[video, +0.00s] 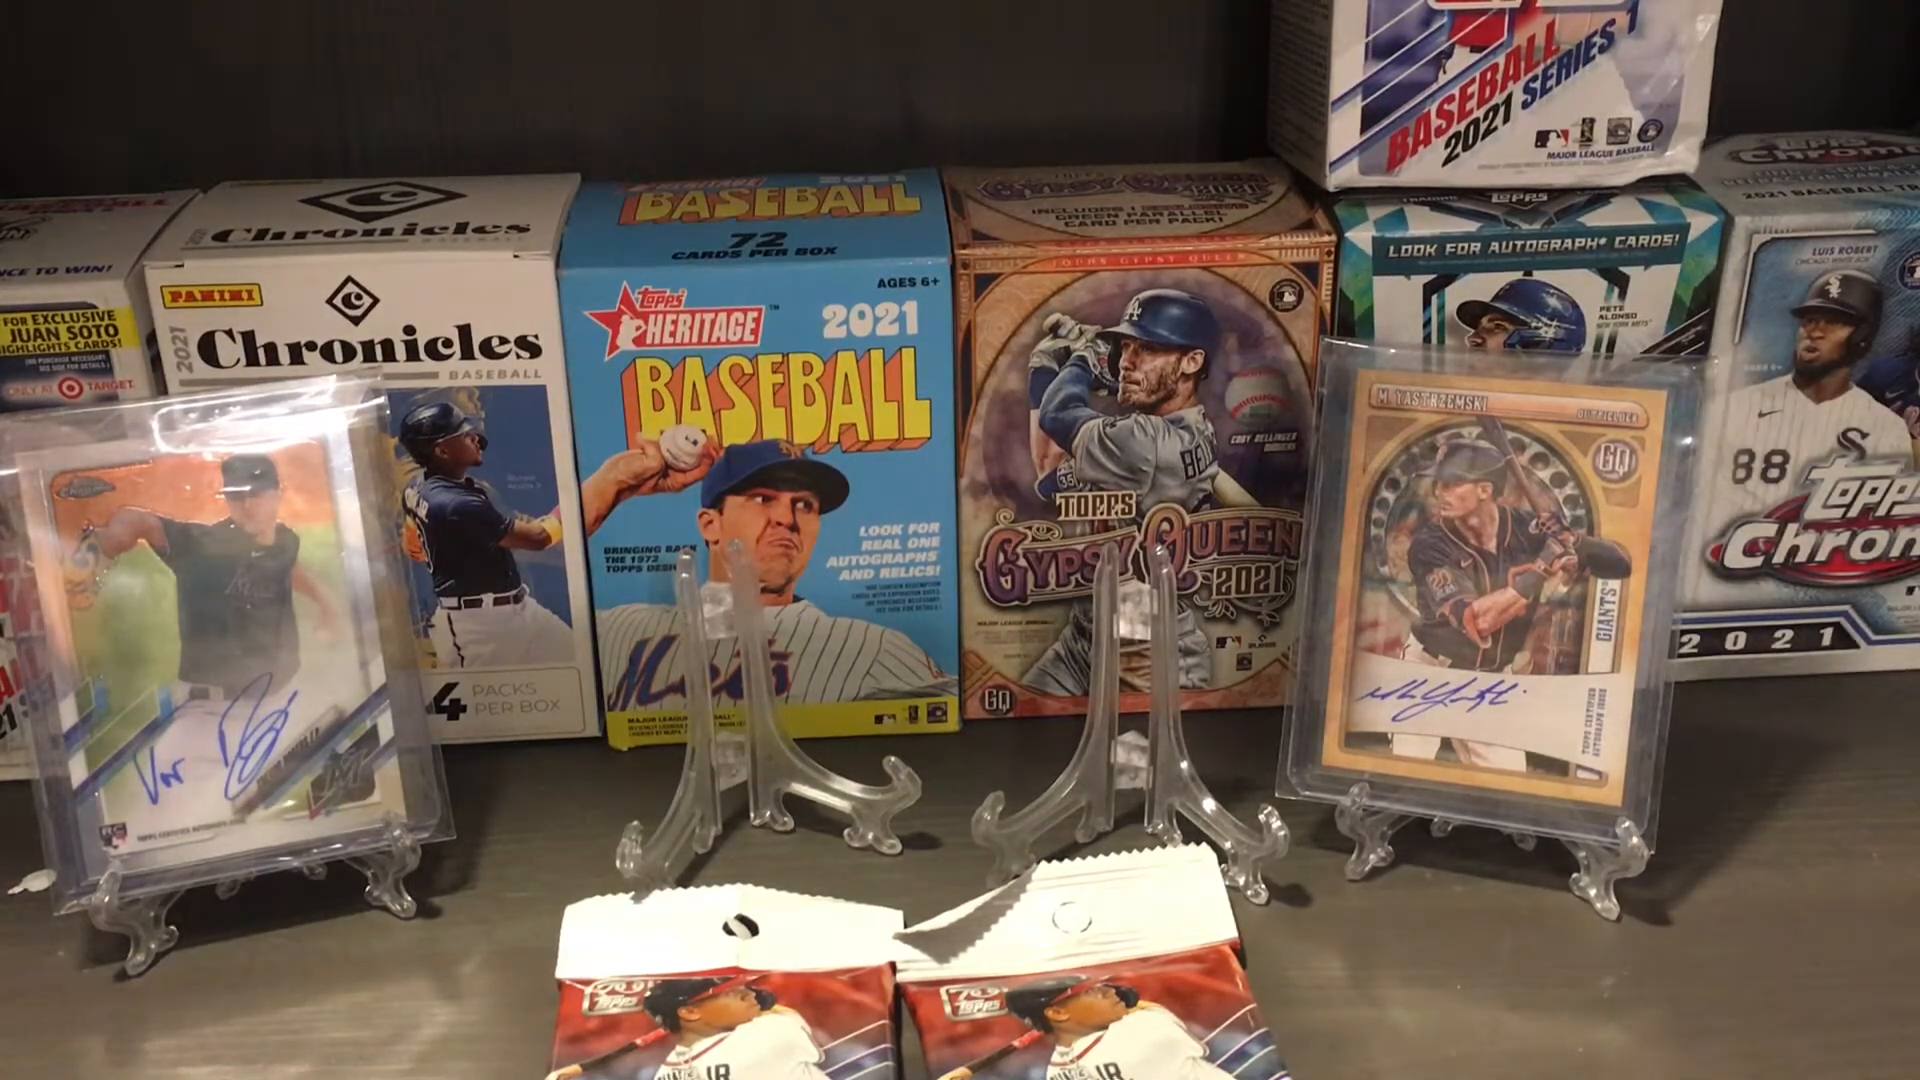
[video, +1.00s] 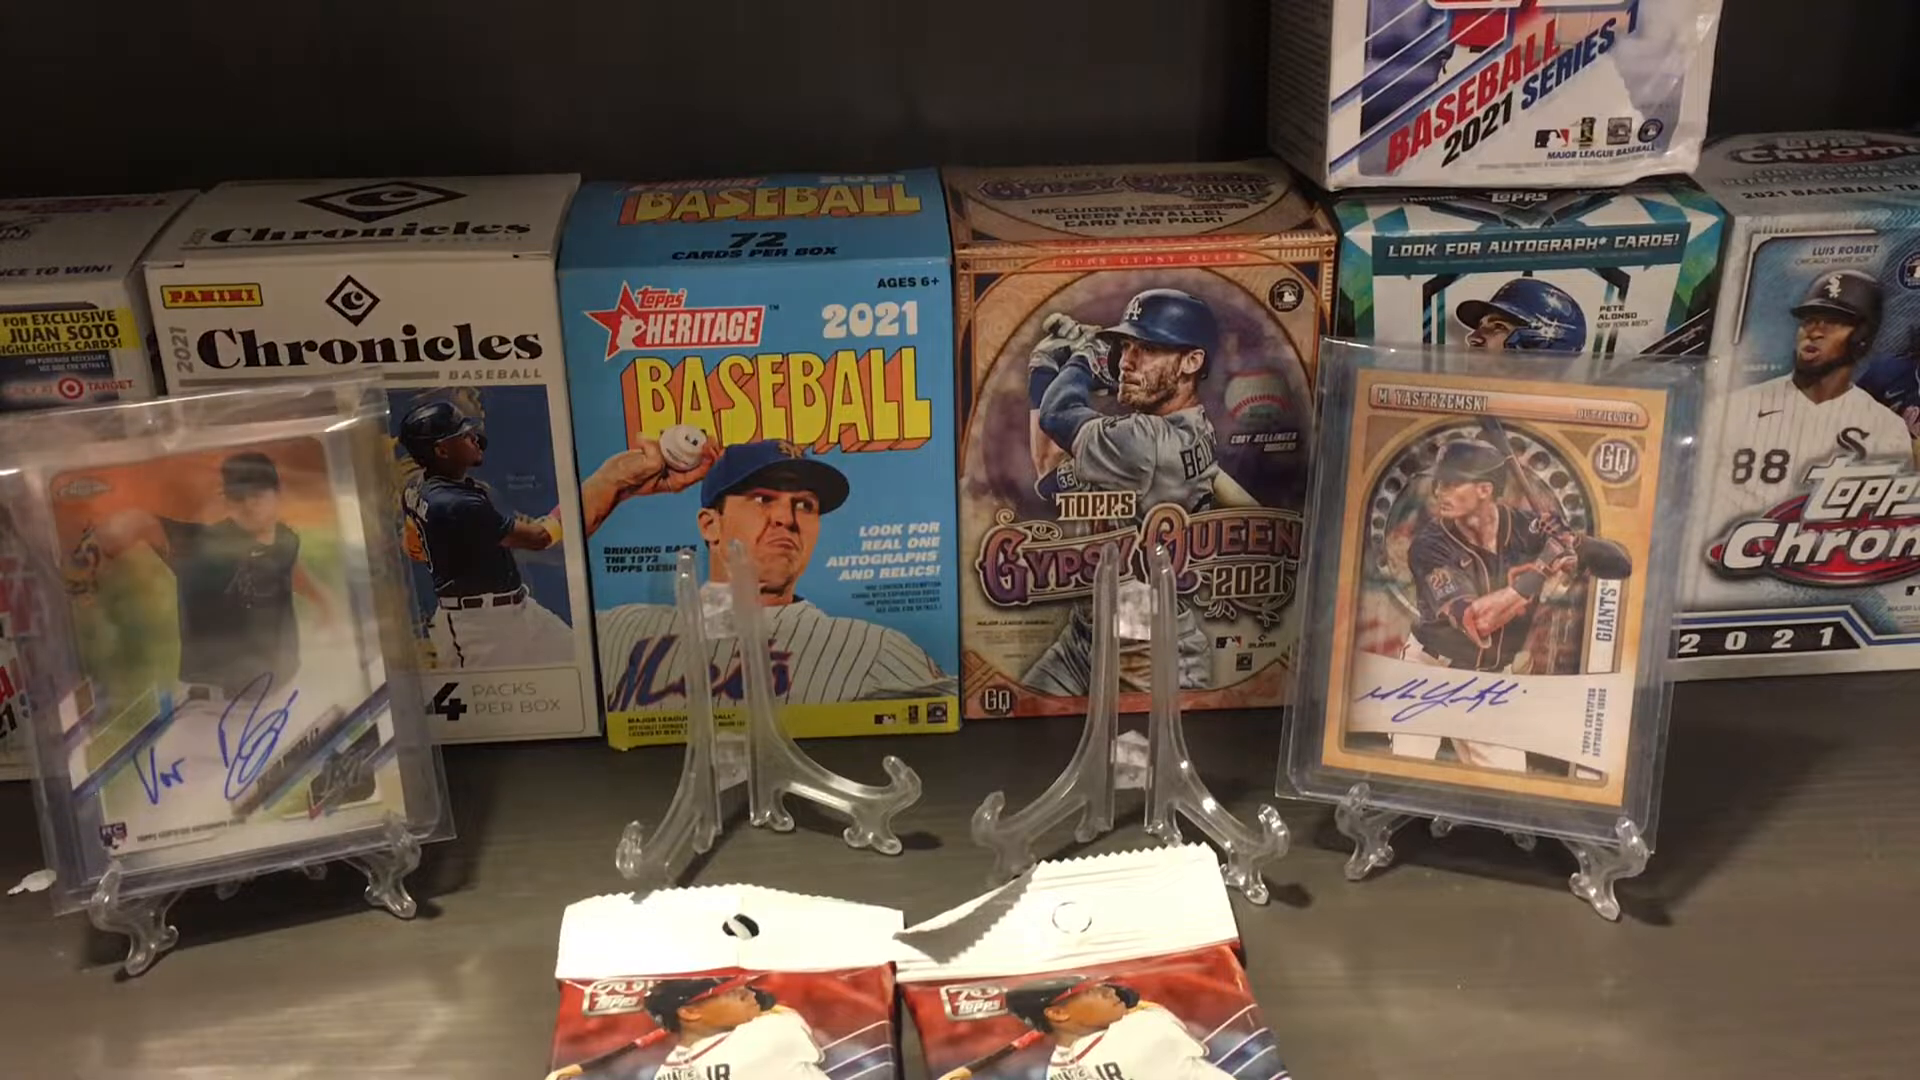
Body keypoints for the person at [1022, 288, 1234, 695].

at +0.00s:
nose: (1127, 361)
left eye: (1145, 349)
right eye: (1126, 347)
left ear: (1191, 363)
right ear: (1118, 349)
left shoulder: (1143, 442)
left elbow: (1060, 411)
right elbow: (1049, 476)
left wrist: (1083, 362)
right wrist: (1043, 366)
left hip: (1159, 650)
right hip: (1087, 642)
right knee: (1011, 738)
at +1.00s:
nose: (1128, 362)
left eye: (1147, 350)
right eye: (1127, 347)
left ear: (1190, 363)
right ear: (1121, 348)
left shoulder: (1141, 440)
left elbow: (1060, 410)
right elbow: (1049, 475)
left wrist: (1086, 361)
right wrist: (1041, 373)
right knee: (1011, 737)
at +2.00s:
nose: (1127, 362)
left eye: (1147, 350)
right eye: (1127, 347)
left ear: (1190, 363)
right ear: (1121, 348)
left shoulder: (1139, 440)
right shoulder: (1189, 431)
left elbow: (1060, 410)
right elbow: (1048, 477)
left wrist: (1085, 362)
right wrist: (1041, 372)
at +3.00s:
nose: (1127, 361)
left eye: (1147, 350)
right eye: (1127, 347)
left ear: (1190, 363)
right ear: (1121, 347)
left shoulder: (1139, 440)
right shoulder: (1190, 431)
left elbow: (1060, 409)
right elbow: (1048, 476)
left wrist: (1085, 361)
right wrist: (1041, 372)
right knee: (1010, 738)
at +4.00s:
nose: (1127, 362)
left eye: (1147, 350)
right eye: (1126, 347)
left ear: (1190, 363)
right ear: (1121, 348)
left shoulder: (1139, 441)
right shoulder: (1190, 431)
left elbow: (1059, 409)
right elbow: (1048, 475)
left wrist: (1087, 360)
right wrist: (1042, 373)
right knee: (1011, 736)